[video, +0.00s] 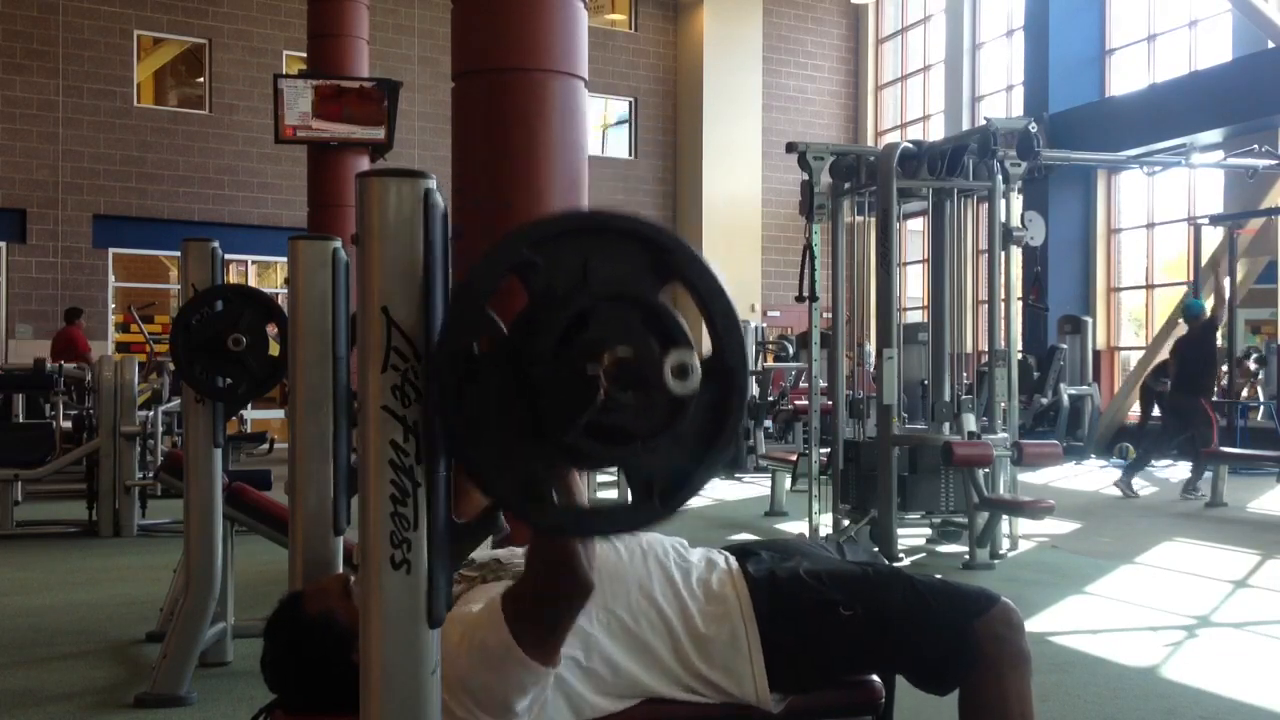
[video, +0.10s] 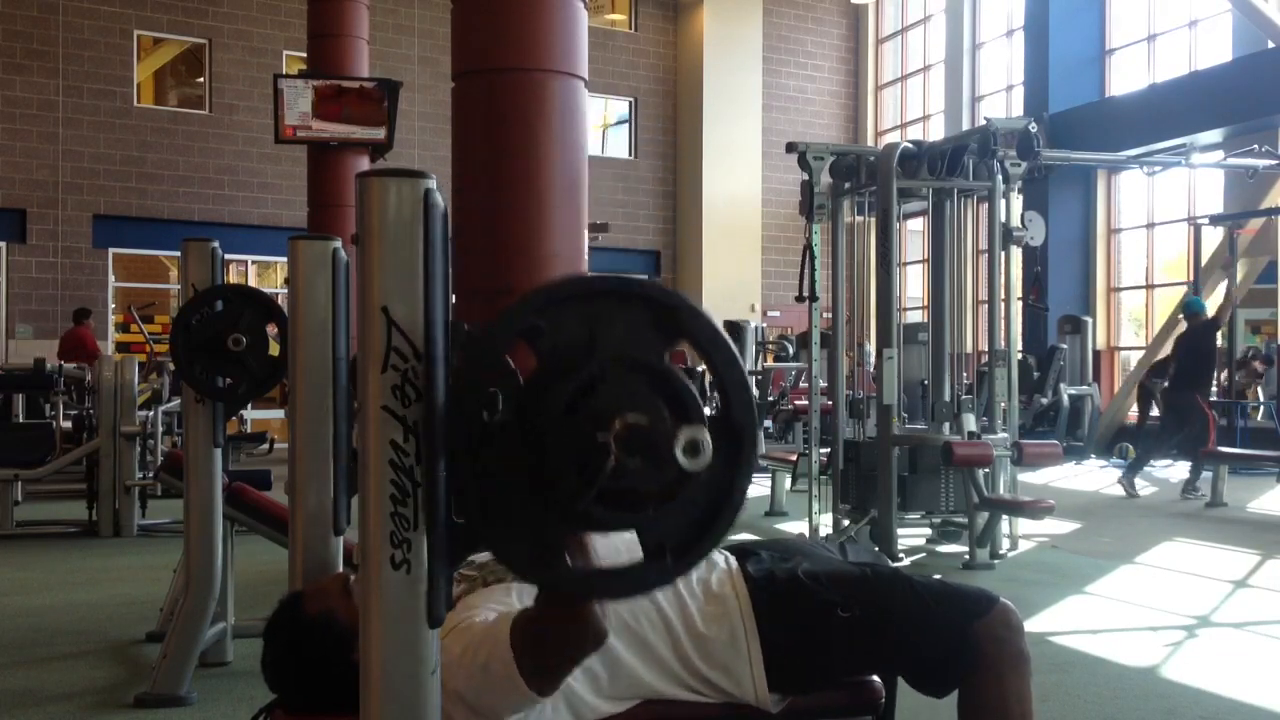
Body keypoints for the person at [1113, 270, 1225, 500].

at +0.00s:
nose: (1205, 315)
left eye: (1197, 314)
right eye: (1203, 313)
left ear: (1185, 319)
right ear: (1203, 315)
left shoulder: (1179, 344)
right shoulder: (1208, 331)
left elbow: (1172, 373)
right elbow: (1221, 301)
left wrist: (1177, 389)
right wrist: (1218, 272)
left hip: (1176, 398)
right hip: (1197, 400)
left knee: (1163, 440)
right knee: (1207, 445)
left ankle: (1126, 477)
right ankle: (1191, 486)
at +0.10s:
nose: (1204, 315)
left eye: (1197, 313)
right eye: (1203, 312)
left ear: (1185, 316)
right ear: (1203, 312)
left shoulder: (1181, 338)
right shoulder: (1208, 328)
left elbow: (1172, 364)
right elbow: (1226, 306)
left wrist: (1149, 374)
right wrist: (1231, 278)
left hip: (1172, 393)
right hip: (1193, 394)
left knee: (1166, 435)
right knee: (1206, 432)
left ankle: (1129, 474)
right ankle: (1192, 484)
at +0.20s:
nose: (1206, 302)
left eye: (1205, 300)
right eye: (1204, 299)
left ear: (1185, 302)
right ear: (1201, 300)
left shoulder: (1178, 323)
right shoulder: (1206, 316)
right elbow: (1237, 306)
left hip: (1171, 379)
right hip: (1187, 381)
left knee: (1168, 427)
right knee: (1188, 430)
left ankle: (1148, 469)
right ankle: (1188, 479)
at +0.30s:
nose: (1204, 300)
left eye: (1202, 297)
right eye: (1203, 297)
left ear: (1184, 298)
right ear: (1199, 297)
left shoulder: (1178, 316)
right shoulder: (1208, 314)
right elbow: (1235, 326)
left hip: (1169, 372)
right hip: (1186, 376)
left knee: (1173, 422)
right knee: (1183, 421)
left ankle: (1172, 472)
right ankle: (1161, 470)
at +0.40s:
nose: (1206, 310)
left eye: (1205, 307)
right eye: (1204, 307)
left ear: (1185, 307)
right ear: (1199, 308)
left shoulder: (1178, 324)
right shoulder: (1207, 330)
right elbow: (1226, 357)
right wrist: (1237, 372)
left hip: (1172, 380)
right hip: (1186, 385)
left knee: (1187, 433)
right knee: (1173, 431)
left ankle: (1179, 480)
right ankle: (1143, 472)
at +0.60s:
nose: (1205, 320)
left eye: (1204, 316)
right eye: (1203, 316)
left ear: (1186, 316)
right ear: (1198, 317)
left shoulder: (1178, 332)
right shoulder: (1206, 340)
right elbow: (1221, 370)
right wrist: (1229, 401)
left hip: (1177, 389)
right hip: (1187, 392)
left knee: (1197, 439)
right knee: (1180, 437)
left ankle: (1182, 482)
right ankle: (1140, 474)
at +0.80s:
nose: (1206, 298)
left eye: (1205, 295)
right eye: (1205, 295)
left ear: (1187, 296)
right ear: (1200, 296)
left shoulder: (1179, 315)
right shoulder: (1205, 312)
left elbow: (1176, 338)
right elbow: (1236, 310)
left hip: (1172, 371)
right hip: (1188, 373)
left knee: (1171, 423)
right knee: (1186, 425)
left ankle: (1163, 473)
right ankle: (1178, 474)